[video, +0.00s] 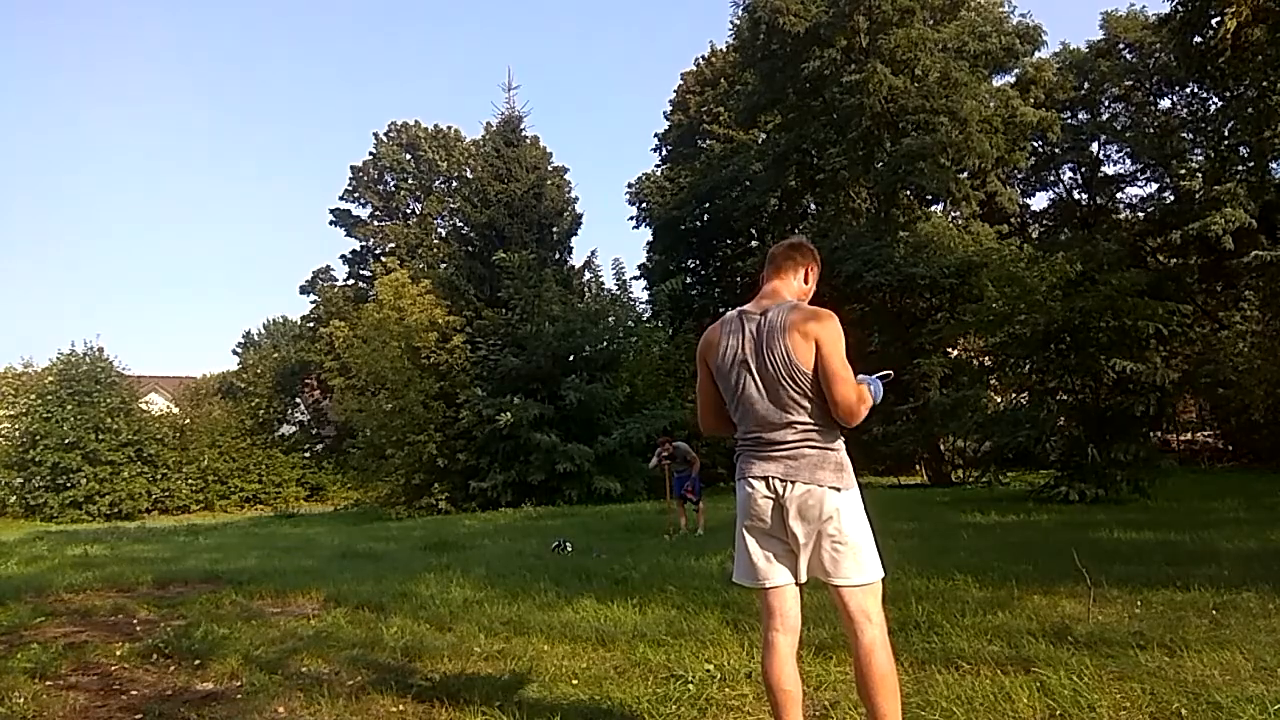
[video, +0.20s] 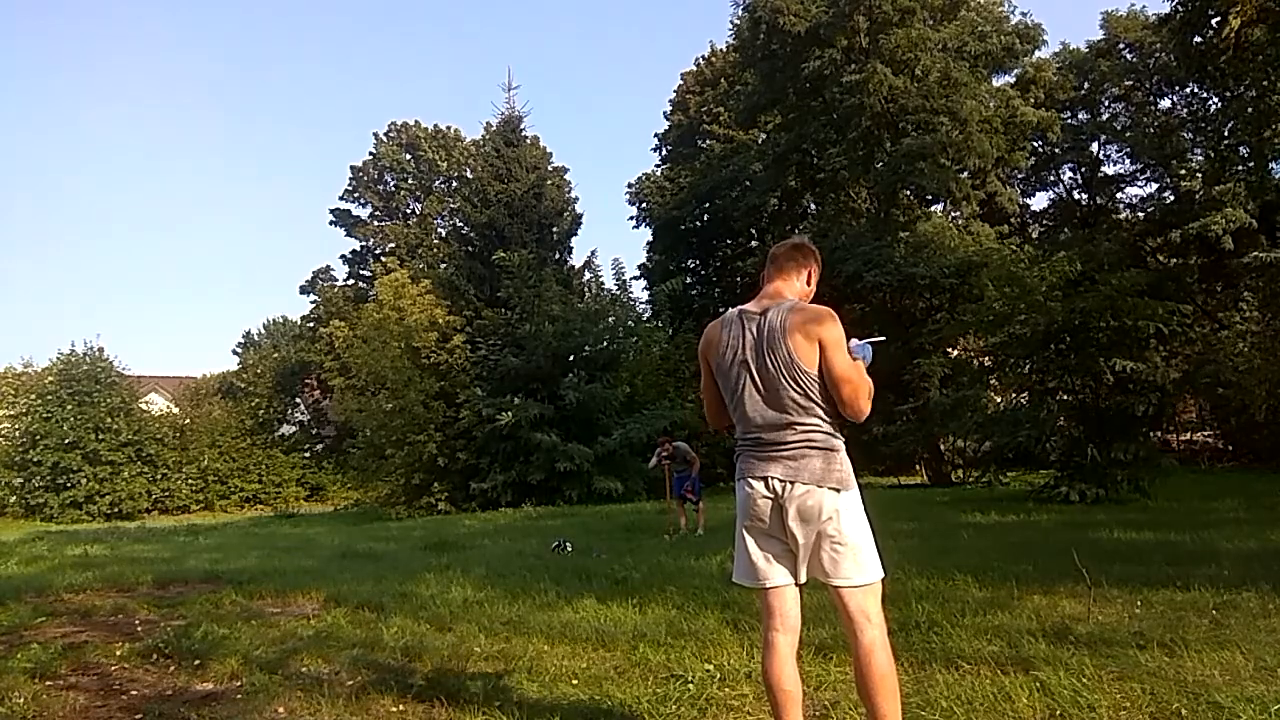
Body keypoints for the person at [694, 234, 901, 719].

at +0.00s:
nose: (814, 290)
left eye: (813, 283)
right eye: (815, 282)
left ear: (764, 275)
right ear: (806, 277)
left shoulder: (713, 336)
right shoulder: (818, 321)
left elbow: (712, 424)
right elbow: (848, 411)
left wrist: (764, 412)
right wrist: (866, 391)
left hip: (755, 489)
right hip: (823, 486)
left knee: (778, 629)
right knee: (867, 625)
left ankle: (789, 719)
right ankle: (887, 716)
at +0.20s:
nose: (815, 289)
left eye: (814, 283)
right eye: (816, 282)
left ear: (765, 274)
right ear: (808, 277)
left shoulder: (715, 333)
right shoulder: (819, 320)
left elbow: (718, 418)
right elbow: (857, 406)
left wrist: (765, 387)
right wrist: (858, 364)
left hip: (755, 488)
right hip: (823, 484)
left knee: (778, 630)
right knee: (867, 626)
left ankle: (790, 719)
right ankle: (887, 716)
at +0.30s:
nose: (814, 292)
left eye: (814, 288)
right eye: (816, 287)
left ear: (766, 276)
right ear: (809, 281)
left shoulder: (714, 329)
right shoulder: (815, 316)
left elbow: (723, 404)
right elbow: (867, 392)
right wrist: (859, 339)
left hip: (754, 489)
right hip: (822, 484)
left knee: (778, 629)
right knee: (867, 625)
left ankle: (790, 719)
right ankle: (887, 716)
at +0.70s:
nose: (823, 288)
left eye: (823, 281)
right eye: (823, 281)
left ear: (774, 277)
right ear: (815, 282)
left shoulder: (720, 324)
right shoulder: (818, 316)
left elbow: (744, 324)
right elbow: (881, 364)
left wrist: (795, 294)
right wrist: (852, 304)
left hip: (755, 488)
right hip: (823, 485)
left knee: (779, 627)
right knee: (867, 624)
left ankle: (791, 718)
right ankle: (887, 716)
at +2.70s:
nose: (856, 271)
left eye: (852, 264)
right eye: (852, 264)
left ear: (792, 274)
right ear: (844, 267)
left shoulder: (761, 323)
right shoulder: (865, 308)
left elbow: (787, 360)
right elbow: (916, 375)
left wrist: (828, 299)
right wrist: (876, 308)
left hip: (796, 484)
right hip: (867, 481)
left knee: (801, 630)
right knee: (889, 631)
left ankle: (799, 719)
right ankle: (899, 718)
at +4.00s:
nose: (895, 282)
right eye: (892, 273)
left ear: (837, 275)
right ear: (884, 276)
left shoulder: (799, 329)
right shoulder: (898, 311)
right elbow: (969, 360)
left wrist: (848, 289)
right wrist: (924, 301)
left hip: (829, 478)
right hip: (897, 477)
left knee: (839, 611)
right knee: (910, 631)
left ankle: (810, 714)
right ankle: (908, 718)